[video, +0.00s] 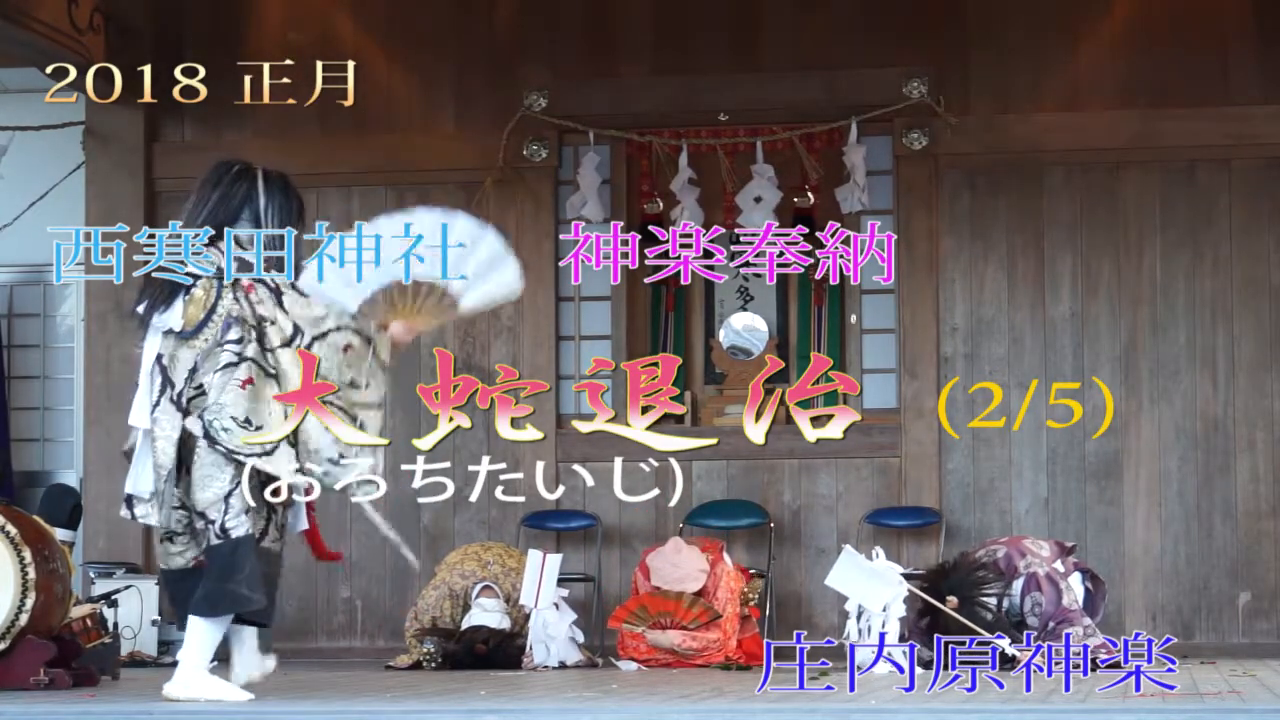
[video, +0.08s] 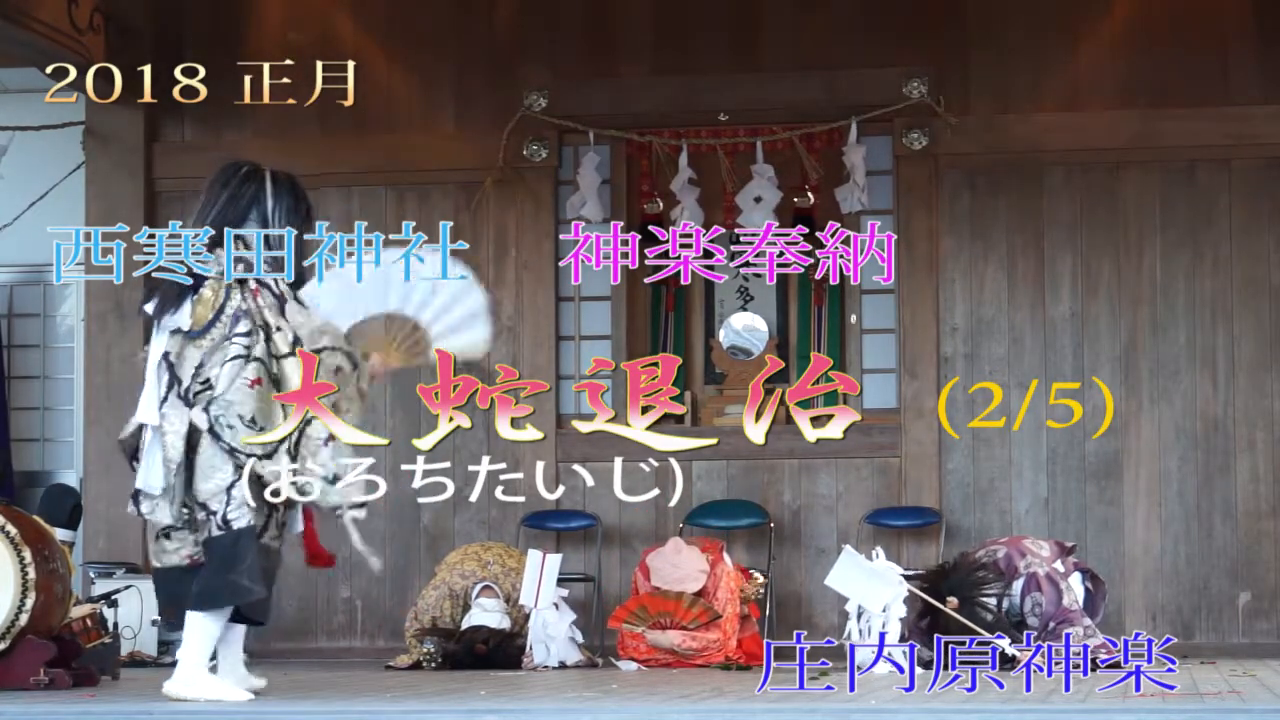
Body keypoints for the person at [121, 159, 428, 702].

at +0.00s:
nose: (290, 240)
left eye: (289, 228)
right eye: (286, 227)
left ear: (213, 214)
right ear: (262, 225)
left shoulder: (190, 285)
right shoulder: (234, 295)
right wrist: (385, 339)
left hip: (184, 441)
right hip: (223, 444)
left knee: (243, 545)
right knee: (233, 551)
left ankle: (246, 656)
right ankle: (192, 671)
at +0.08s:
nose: (300, 243)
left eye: (297, 230)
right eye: (292, 229)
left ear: (227, 220)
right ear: (266, 227)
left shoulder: (264, 292)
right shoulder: (231, 298)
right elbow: (235, 396)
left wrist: (349, 357)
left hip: (238, 447)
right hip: (209, 450)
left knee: (254, 546)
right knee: (231, 547)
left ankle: (230, 664)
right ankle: (191, 669)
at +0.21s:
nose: (312, 254)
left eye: (313, 238)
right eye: (307, 237)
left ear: (237, 226)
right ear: (280, 236)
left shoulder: (213, 293)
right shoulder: (253, 300)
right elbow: (236, 389)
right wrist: (277, 438)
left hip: (214, 443)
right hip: (223, 448)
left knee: (241, 549)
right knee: (240, 551)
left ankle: (227, 654)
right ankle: (211, 652)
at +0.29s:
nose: (329, 261)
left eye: (330, 246)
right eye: (323, 244)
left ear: (260, 231)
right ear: (293, 240)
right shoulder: (256, 303)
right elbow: (240, 393)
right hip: (231, 456)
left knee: (259, 554)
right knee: (267, 555)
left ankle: (227, 649)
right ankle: (223, 643)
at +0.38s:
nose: (327, 254)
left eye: (329, 240)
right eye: (322, 239)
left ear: (261, 225)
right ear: (294, 234)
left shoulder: (214, 295)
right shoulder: (272, 298)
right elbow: (261, 391)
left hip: (211, 443)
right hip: (245, 444)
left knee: (233, 542)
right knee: (299, 536)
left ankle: (232, 662)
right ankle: (241, 644)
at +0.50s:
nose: (328, 253)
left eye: (330, 238)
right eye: (325, 237)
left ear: (257, 216)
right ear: (302, 231)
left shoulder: (208, 290)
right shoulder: (286, 292)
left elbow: (182, 372)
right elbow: (290, 379)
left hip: (206, 428)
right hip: (260, 429)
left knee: (225, 539)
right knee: (283, 535)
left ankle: (231, 664)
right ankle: (263, 655)